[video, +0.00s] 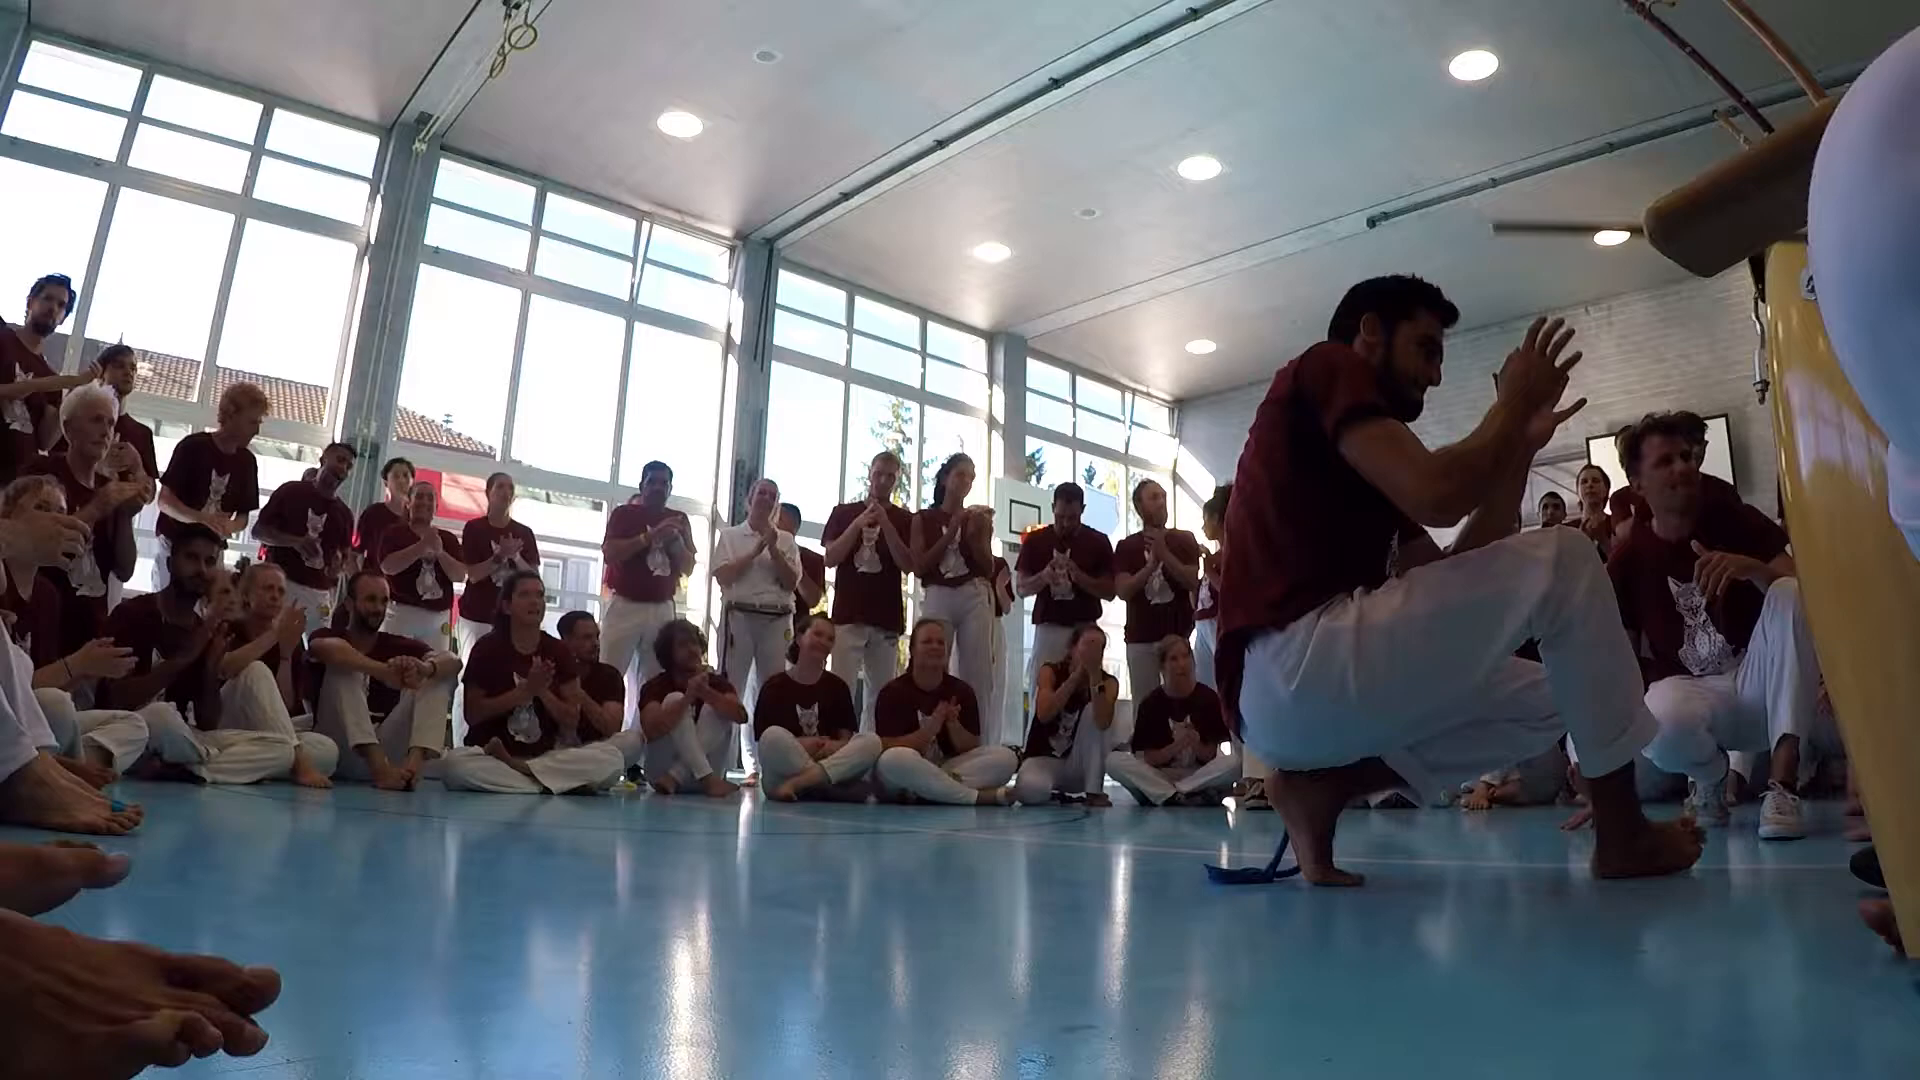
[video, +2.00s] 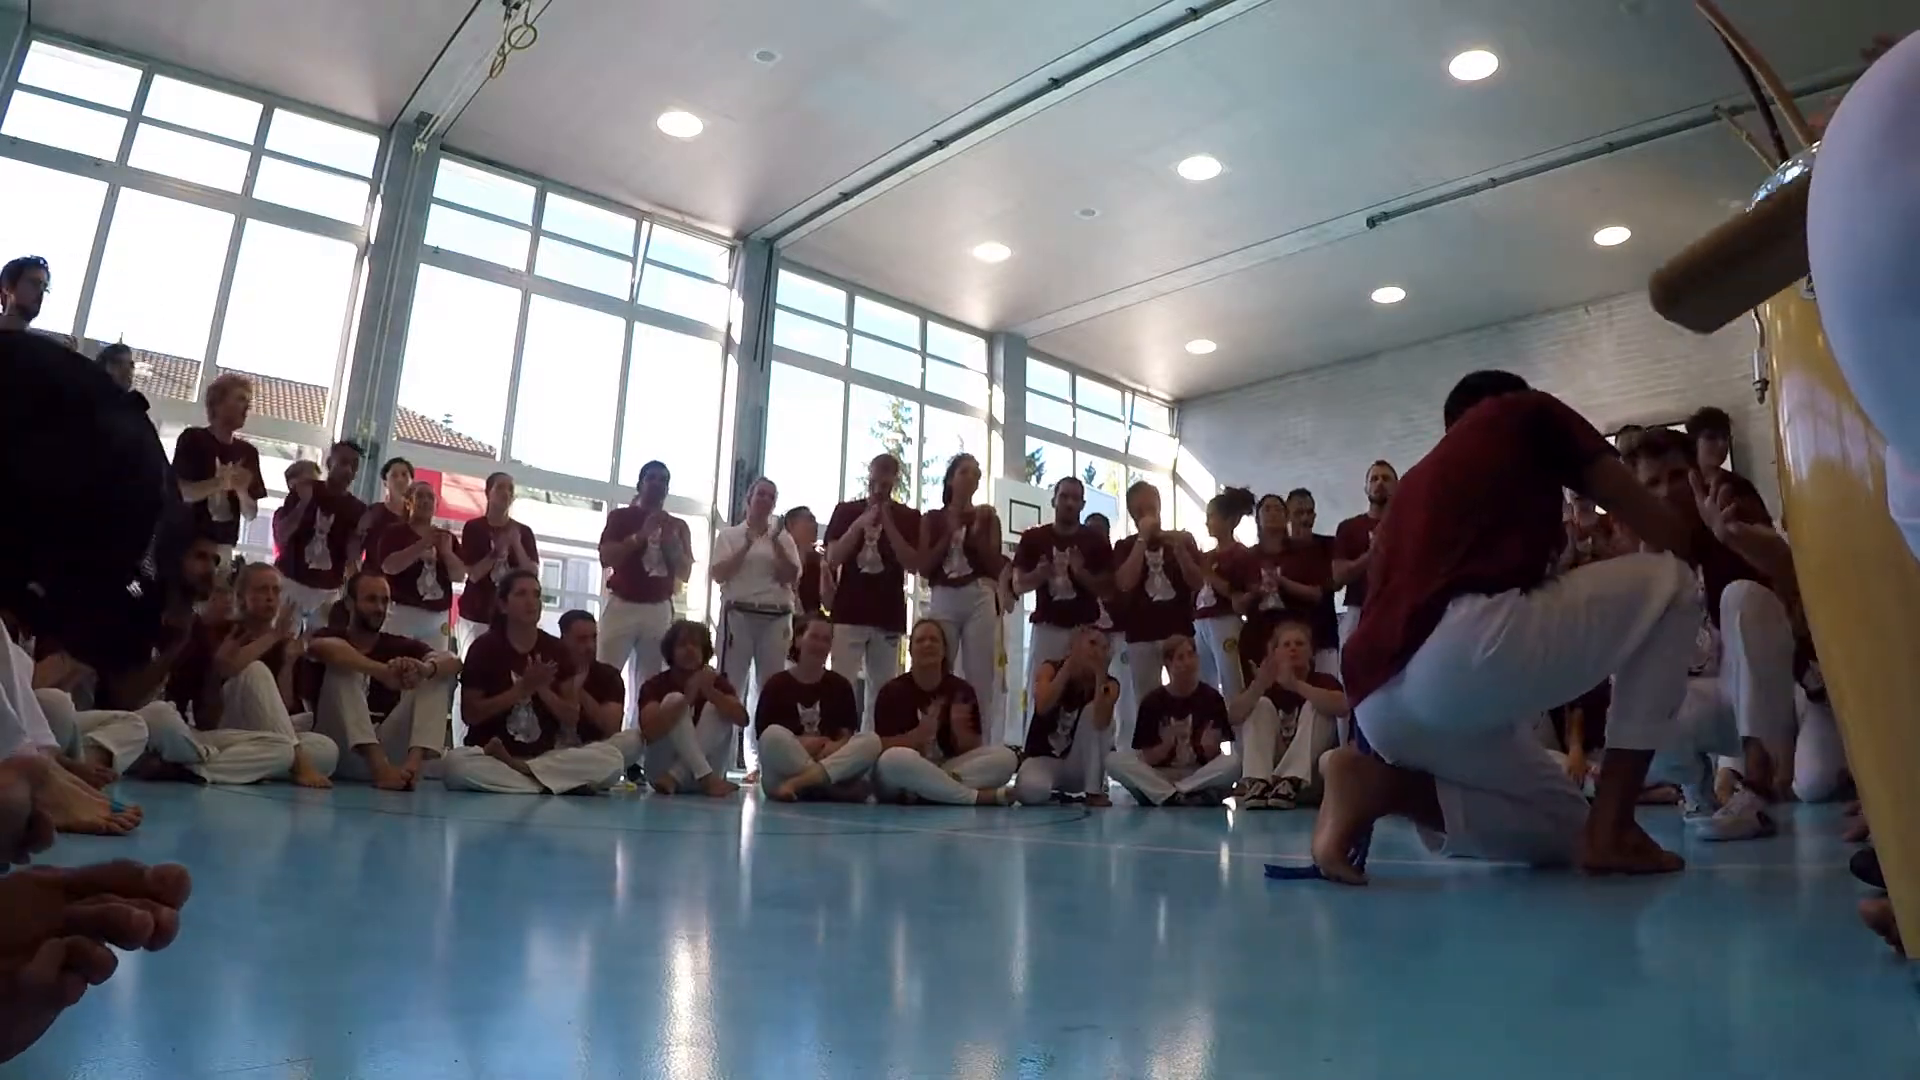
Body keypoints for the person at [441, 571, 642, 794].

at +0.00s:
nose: (535, 602)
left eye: (540, 596)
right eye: (525, 596)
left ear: (546, 603)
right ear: (506, 605)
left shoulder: (559, 649)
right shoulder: (486, 648)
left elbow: (572, 719)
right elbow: (473, 713)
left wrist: (541, 691)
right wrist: (526, 692)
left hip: (547, 756)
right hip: (490, 755)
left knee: (612, 759)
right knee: (454, 766)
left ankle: (523, 766)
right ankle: (549, 786)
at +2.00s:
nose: (531, 601)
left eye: (536, 595)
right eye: (521, 595)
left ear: (542, 602)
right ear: (503, 604)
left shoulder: (558, 648)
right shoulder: (483, 647)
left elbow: (572, 717)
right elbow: (470, 714)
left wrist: (541, 689)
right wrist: (522, 689)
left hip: (546, 756)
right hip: (491, 756)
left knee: (612, 759)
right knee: (455, 765)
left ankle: (523, 766)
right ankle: (549, 786)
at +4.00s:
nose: (531, 601)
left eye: (536, 595)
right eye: (521, 594)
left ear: (542, 601)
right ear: (502, 604)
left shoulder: (556, 649)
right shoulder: (483, 647)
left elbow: (570, 716)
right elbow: (470, 715)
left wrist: (539, 689)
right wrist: (521, 690)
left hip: (546, 756)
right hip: (489, 755)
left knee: (612, 759)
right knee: (455, 766)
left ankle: (524, 766)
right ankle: (549, 786)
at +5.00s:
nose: (531, 603)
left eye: (535, 596)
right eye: (521, 596)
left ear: (541, 602)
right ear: (501, 605)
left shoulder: (557, 650)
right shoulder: (482, 648)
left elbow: (570, 718)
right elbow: (469, 716)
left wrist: (537, 690)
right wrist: (520, 692)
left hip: (546, 755)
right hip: (489, 754)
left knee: (612, 759)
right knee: (454, 765)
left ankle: (524, 766)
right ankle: (549, 786)